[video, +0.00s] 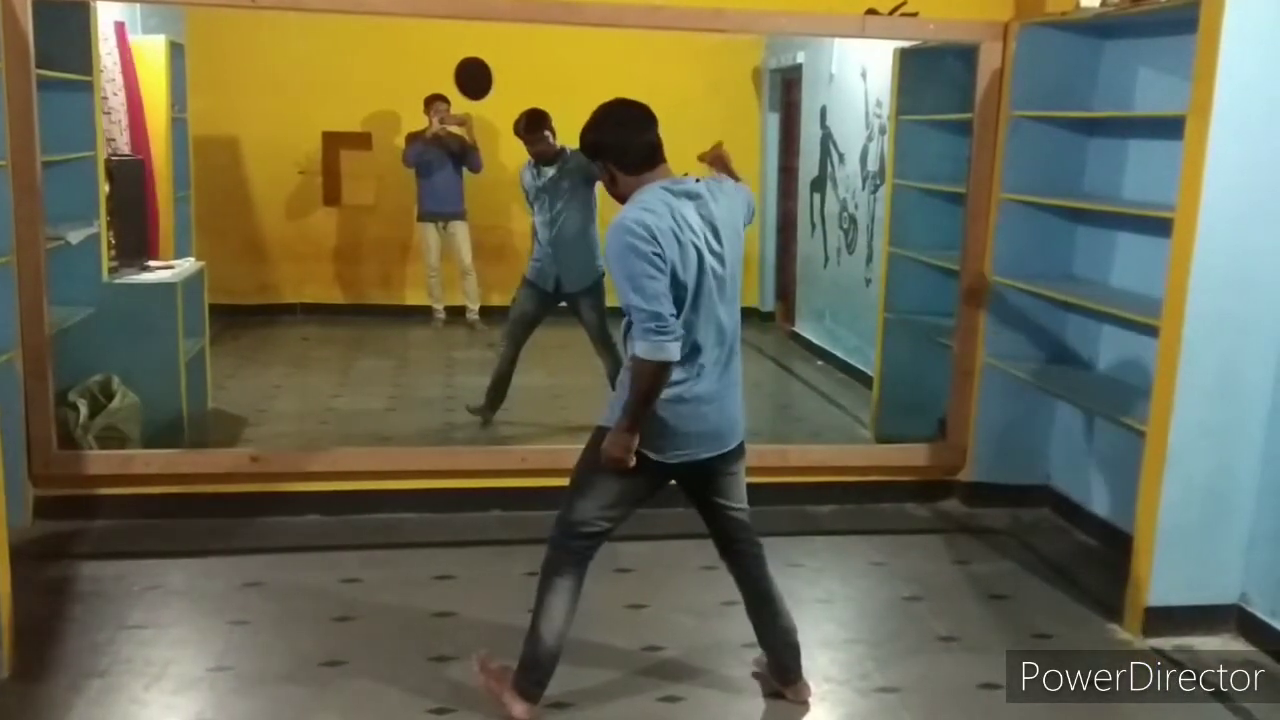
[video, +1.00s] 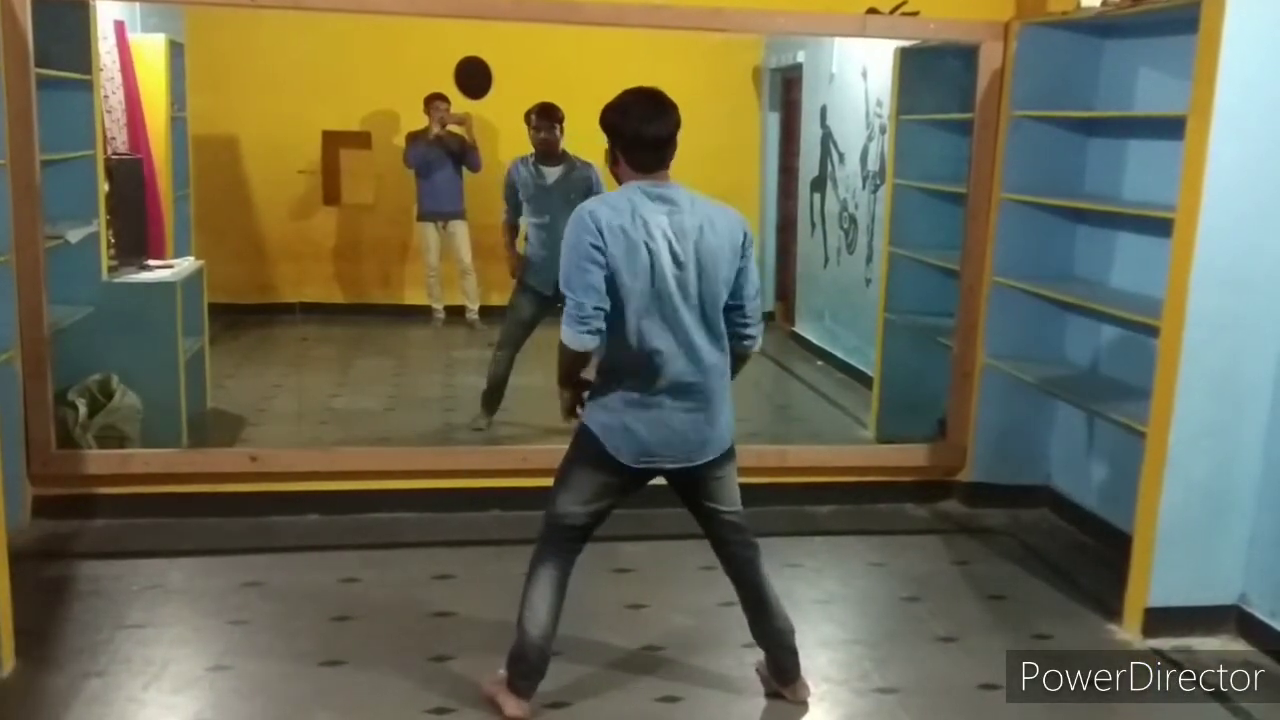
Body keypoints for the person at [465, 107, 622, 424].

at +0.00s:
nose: (533, 150)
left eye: (536, 143)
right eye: (528, 145)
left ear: (551, 135)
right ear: (523, 143)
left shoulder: (578, 162)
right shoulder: (528, 174)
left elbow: (612, 169)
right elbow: (539, 216)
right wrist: (543, 255)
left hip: (582, 270)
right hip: (542, 270)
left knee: (600, 339)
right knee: (512, 337)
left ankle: (628, 402)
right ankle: (490, 407)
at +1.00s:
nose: (545, 136)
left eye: (551, 129)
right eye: (538, 129)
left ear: (562, 130)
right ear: (529, 132)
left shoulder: (585, 173)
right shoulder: (519, 172)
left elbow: (601, 218)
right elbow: (512, 216)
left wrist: (597, 260)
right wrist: (511, 254)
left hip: (579, 274)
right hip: (537, 273)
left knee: (598, 343)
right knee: (507, 344)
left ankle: (597, 409)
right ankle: (486, 412)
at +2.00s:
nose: (526, 134)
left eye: (533, 127)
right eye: (522, 127)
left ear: (548, 127)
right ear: (516, 129)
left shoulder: (569, 159)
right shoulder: (508, 165)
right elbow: (503, 217)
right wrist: (505, 261)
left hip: (569, 274)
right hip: (528, 273)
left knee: (591, 344)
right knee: (499, 343)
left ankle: (587, 407)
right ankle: (486, 410)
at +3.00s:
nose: (538, 132)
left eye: (544, 126)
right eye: (531, 126)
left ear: (554, 128)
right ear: (520, 130)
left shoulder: (578, 165)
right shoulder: (512, 171)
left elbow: (597, 212)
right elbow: (513, 222)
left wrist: (595, 256)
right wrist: (522, 264)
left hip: (584, 266)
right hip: (543, 268)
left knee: (610, 336)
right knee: (515, 341)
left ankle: (611, 403)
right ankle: (489, 412)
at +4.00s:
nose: (582, 123)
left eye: (588, 117)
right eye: (576, 116)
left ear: (594, 121)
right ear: (561, 116)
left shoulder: (594, 162)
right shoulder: (549, 154)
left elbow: (603, 204)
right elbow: (521, 184)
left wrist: (611, 164)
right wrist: (551, 141)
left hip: (589, 269)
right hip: (545, 267)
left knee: (622, 340)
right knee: (511, 340)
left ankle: (628, 418)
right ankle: (486, 406)